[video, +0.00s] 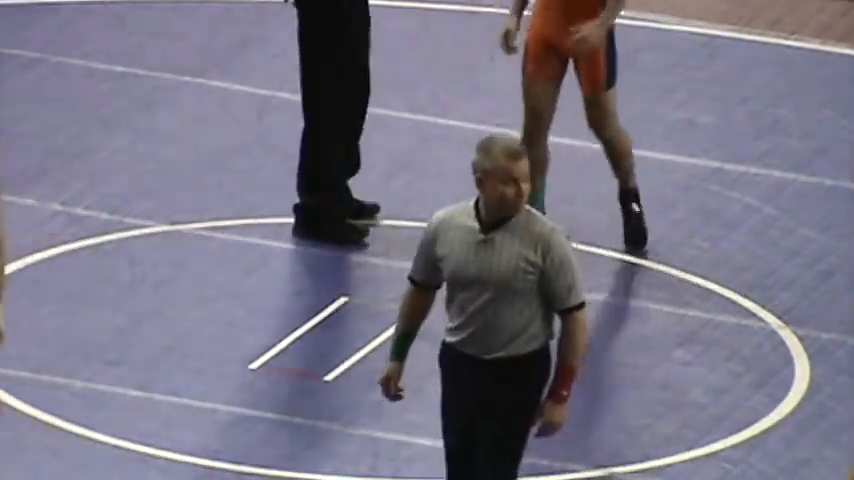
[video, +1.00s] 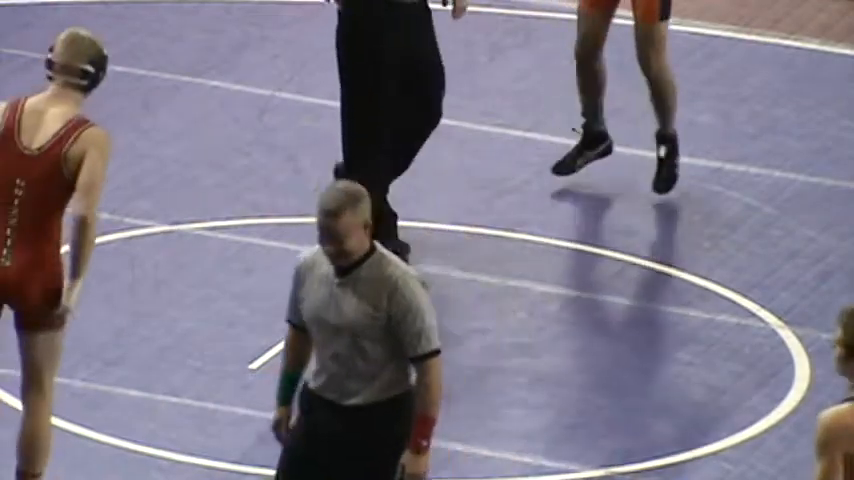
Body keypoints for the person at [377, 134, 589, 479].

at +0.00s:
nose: (522, 191)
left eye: (525, 182)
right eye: (509, 183)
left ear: (532, 180)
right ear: (479, 181)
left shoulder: (546, 239)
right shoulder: (444, 227)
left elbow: (575, 318)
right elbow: (421, 290)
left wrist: (560, 396)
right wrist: (396, 358)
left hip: (520, 369)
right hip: (460, 364)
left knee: (496, 468)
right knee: (459, 465)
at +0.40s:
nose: (484, 209)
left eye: (488, 199)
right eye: (472, 201)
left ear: (493, 197)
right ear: (441, 199)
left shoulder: (507, 260)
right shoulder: (406, 248)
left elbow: (537, 337)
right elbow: (386, 313)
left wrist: (541, 419)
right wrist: (369, 382)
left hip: (483, 391)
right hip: (422, 387)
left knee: (470, 473)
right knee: (423, 472)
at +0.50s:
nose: (466, 216)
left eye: (472, 206)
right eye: (455, 207)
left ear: (479, 202)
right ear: (430, 202)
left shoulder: (497, 261)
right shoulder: (398, 248)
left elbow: (528, 339)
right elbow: (379, 316)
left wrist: (530, 421)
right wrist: (361, 384)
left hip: (474, 397)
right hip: (411, 391)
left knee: (466, 472)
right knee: (397, 472)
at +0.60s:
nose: (434, 225)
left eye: (444, 215)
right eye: (426, 215)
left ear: (462, 207)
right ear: (415, 204)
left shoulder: (487, 267)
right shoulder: (389, 249)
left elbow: (517, 346)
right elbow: (372, 315)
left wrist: (514, 427)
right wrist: (352, 382)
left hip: (463, 403)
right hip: (399, 394)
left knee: (460, 473)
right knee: (371, 473)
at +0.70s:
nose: (405, 233)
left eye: (417, 224)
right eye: (401, 220)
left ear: (444, 218)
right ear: (395, 212)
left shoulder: (474, 273)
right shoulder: (377, 249)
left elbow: (503, 353)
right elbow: (363, 316)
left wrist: (493, 434)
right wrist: (340, 381)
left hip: (448, 406)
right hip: (386, 396)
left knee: (443, 473)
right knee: (350, 473)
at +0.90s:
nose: (357, 244)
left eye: (367, 236)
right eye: (353, 234)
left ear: (395, 229)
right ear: (348, 225)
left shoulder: (428, 280)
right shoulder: (338, 260)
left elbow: (458, 362)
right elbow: (326, 327)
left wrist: (445, 444)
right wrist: (308, 394)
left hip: (408, 412)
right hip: (349, 403)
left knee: (395, 473)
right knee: (318, 472)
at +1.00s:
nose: (330, 247)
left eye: (339, 239)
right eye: (324, 237)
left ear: (366, 230)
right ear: (317, 229)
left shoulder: (399, 283)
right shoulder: (310, 269)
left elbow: (429, 366)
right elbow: (299, 335)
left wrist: (420, 447)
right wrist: (284, 403)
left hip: (380, 415)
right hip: (320, 408)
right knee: (293, 472)